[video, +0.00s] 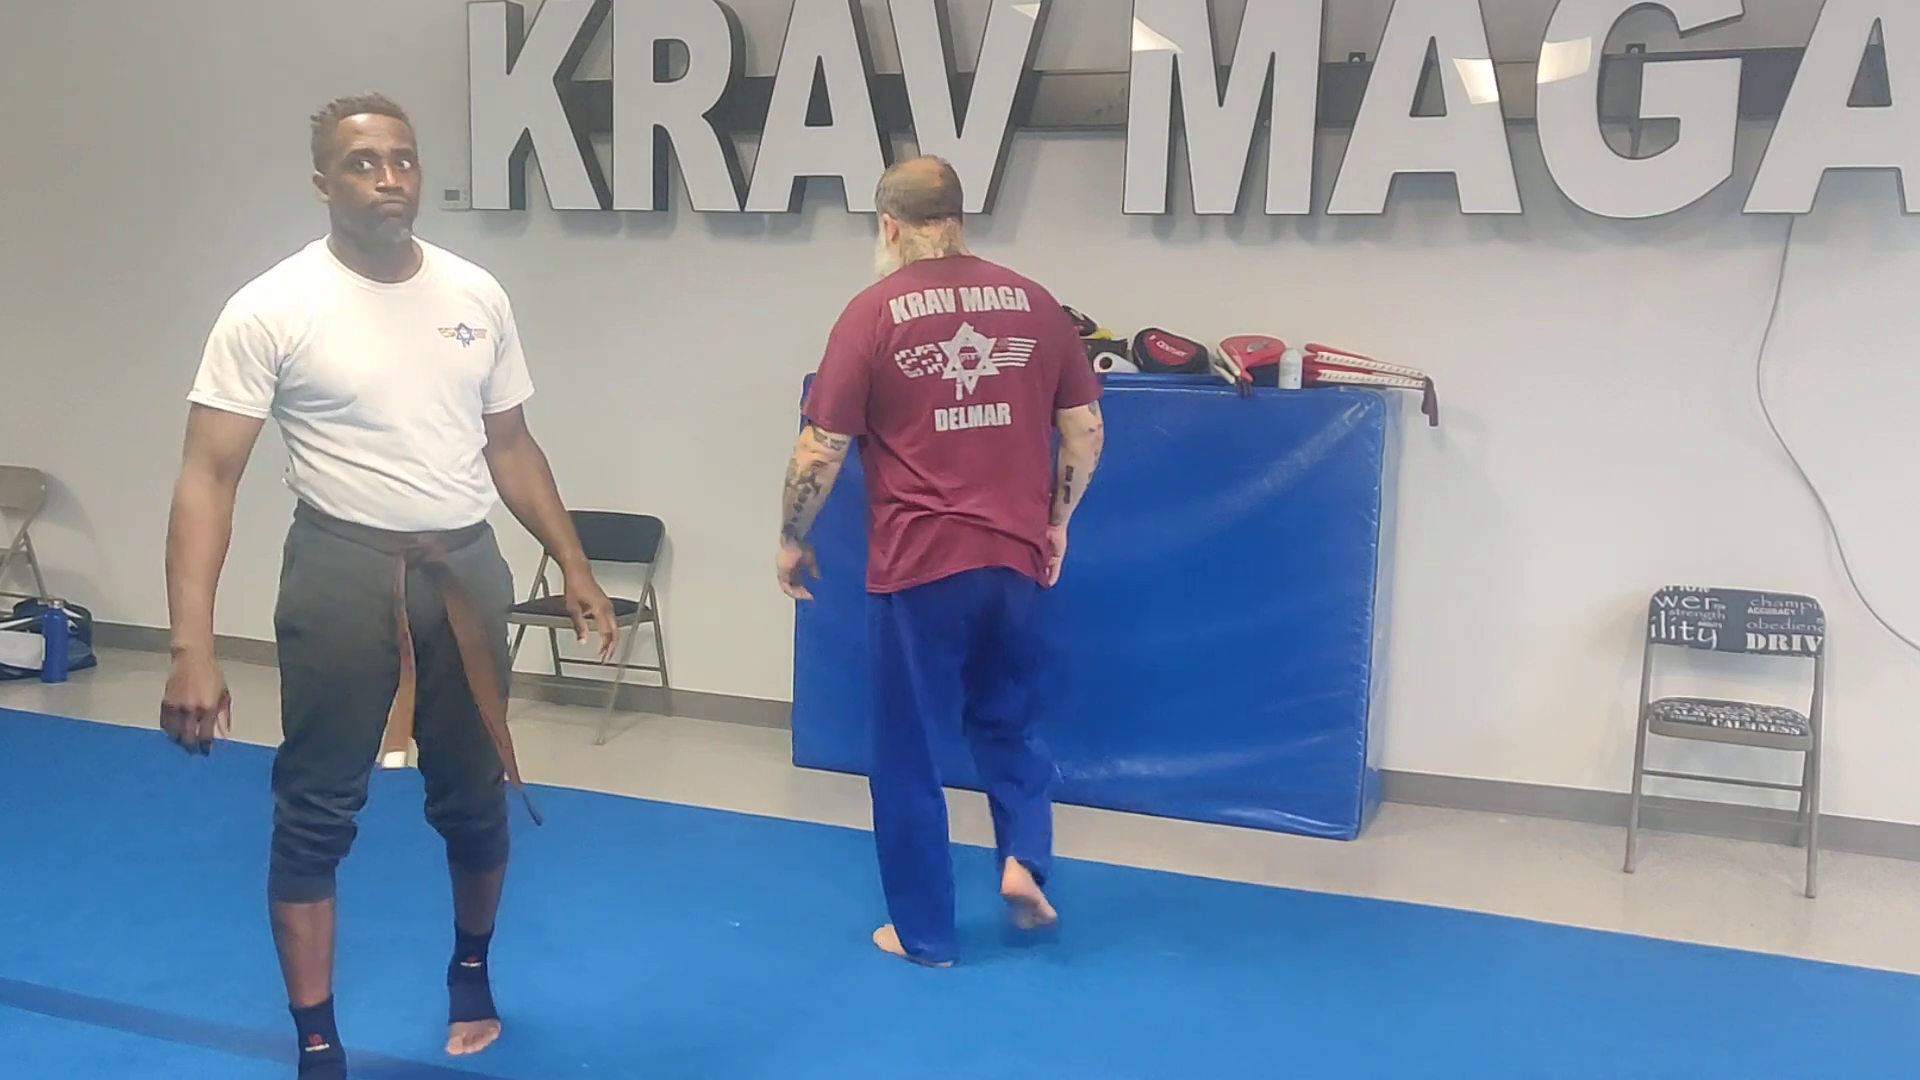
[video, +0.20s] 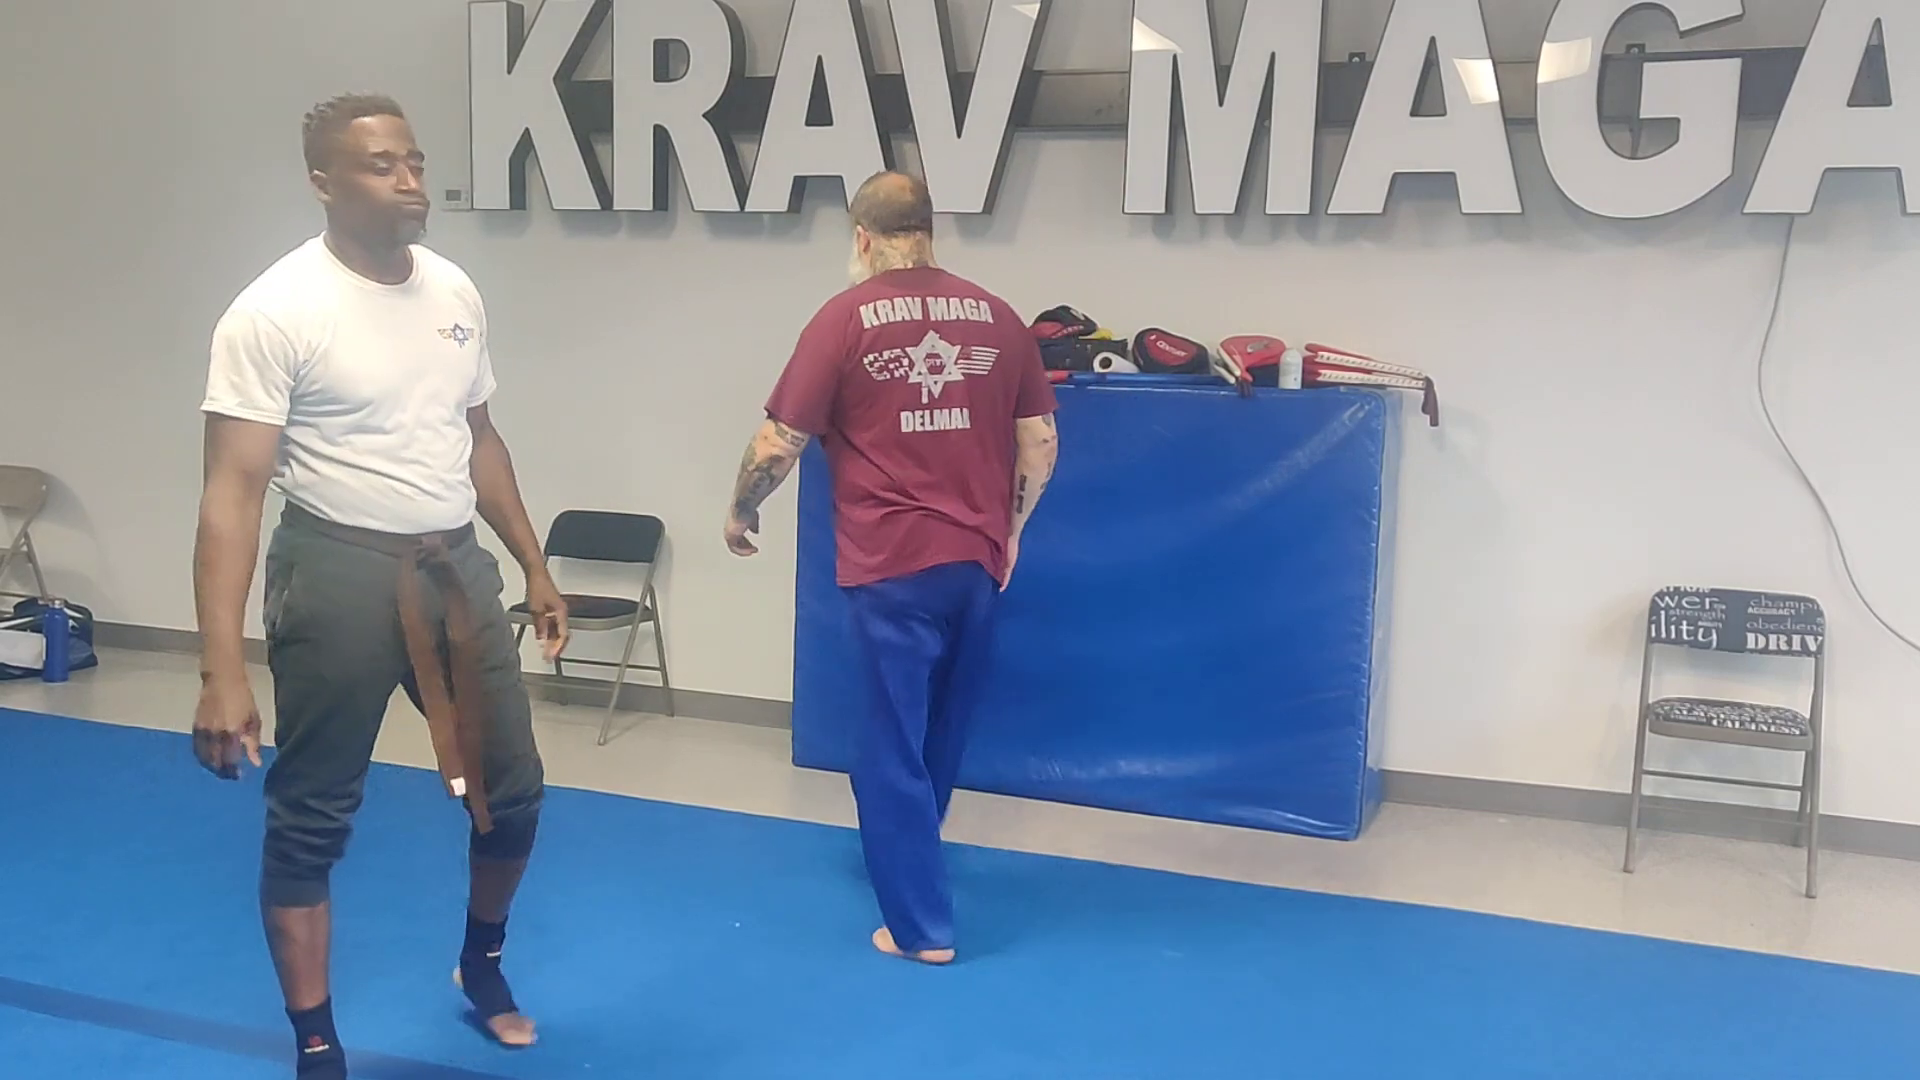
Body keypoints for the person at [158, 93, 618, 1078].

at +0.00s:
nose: (388, 178)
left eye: (402, 159)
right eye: (362, 163)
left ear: (421, 174)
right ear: (322, 183)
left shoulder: (475, 296)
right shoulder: (269, 311)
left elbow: (511, 444)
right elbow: (208, 478)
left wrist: (572, 564)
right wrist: (192, 648)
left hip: (467, 569)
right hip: (341, 571)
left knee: (475, 804)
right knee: (315, 817)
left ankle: (472, 973)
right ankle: (319, 1047)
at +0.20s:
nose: (408, 180)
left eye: (414, 162)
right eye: (381, 166)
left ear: (425, 174)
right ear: (322, 185)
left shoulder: (453, 293)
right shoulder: (270, 316)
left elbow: (480, 440)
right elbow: (232, 496)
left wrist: (534, 561)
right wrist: (222, 671)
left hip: (456, 564)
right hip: (337, 565)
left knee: (513, 789)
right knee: (311, 816)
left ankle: (482, 964)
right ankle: (318, 1049)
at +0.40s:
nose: (434, 185)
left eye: (438, 167)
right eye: (407, 171)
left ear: (446, 178)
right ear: (347, 192)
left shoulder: (467, 298)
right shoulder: (292, 318)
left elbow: (479, 453)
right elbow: (276, 503)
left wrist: (495, 579)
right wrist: (312, 661)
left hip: (461, 563)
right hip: (349, 564)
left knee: (485, 781)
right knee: (320, 804)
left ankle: (503, 994)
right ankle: (317, 1043)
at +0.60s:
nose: (479, 185)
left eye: (479, 167)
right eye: (454, 172)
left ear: (481, 178)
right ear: (390, 191)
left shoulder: (496, 301)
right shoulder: (330, 313)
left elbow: (508, 456)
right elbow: (318, 495)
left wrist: (529, 588)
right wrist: (363, 652)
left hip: (492, 568)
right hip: (381, 568)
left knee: (500, 786)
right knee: (342, 807)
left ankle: (506, 994)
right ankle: (322, 1042)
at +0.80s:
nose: (524, 192)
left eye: (523, 175)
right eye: (499, 178)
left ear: (522, 187)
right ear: (437, 193)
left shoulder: (533, 311)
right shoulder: (372, 314)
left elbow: (549, 461)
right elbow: (345, 495)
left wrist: (593, 588)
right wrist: (366, 657)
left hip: (517, 573)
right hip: (414, 568)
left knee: (515, 787)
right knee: (382, 814)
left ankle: (508, 996)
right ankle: (328, 1045)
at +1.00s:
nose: (553, 201)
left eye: (555, 184)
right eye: (529, 185)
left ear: (555, 194)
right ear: (467, 200)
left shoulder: (563, 319)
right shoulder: (392, 313)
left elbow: (581, 463)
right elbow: (355, 483)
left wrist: (626, 590)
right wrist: (373, 639)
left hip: (526, 571)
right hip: (429, 564)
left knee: (518, 785)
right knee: (440, 807)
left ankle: (509, 996)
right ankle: (334, 1029)